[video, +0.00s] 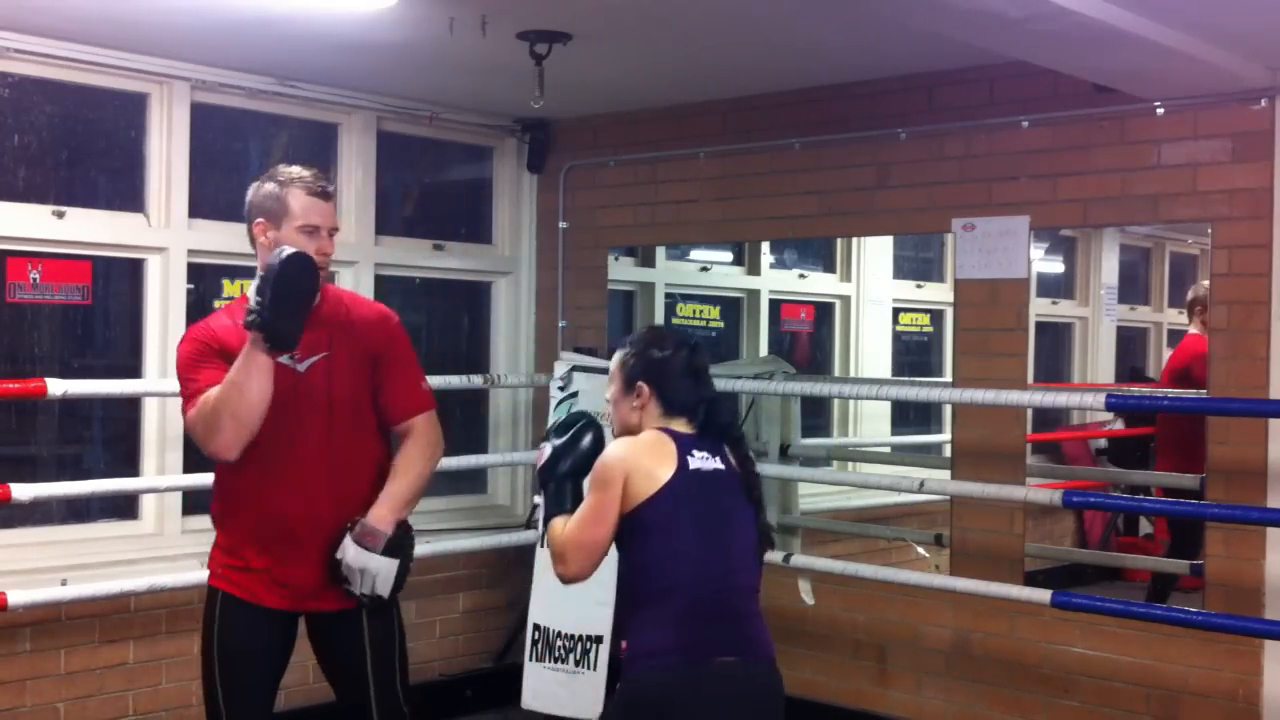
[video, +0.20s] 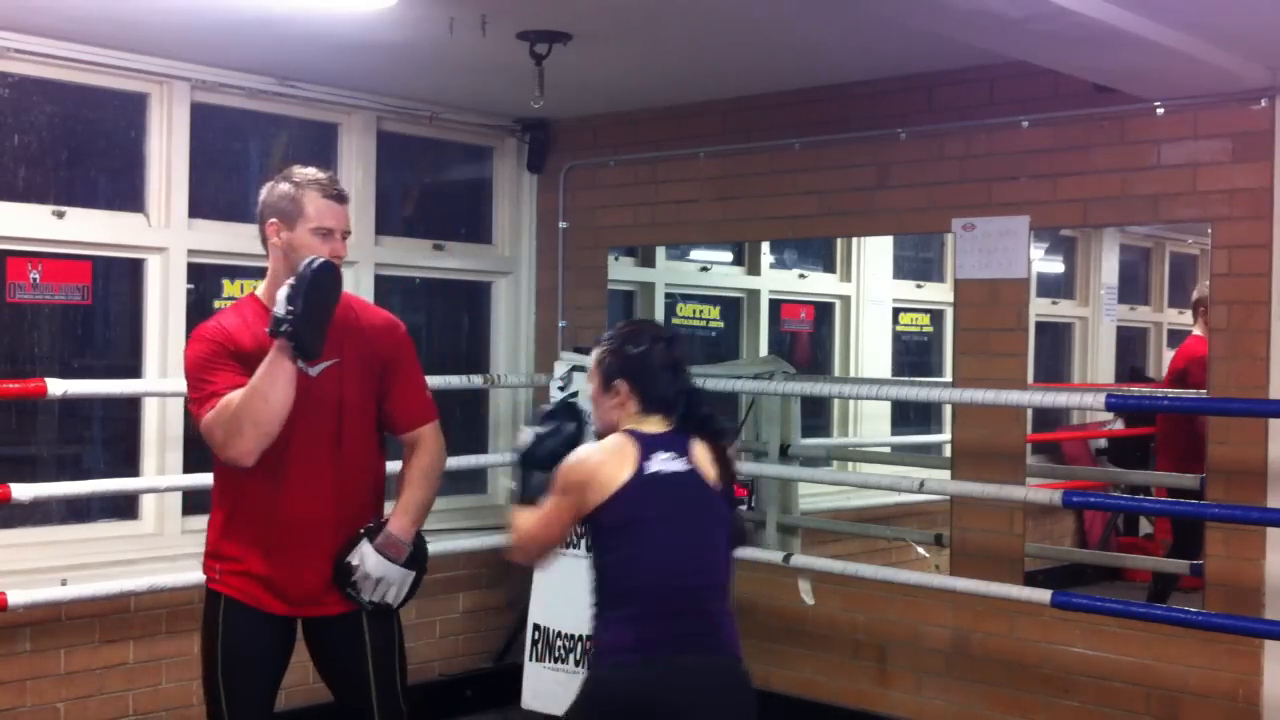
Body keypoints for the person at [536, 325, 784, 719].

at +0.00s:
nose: (608, 409)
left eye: (612, 397)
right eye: (608, 398)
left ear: (641, 396)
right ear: (690, 396)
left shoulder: (625, 454)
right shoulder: (730, 456)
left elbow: (570, 564)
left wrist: (555, 487)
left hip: (662, 681)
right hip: (750, 681)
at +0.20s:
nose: (590, 398)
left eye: (594, 388)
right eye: (591, 387)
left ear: (621, 394)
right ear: (671, 388)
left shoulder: (591, 463)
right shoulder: (711, 454)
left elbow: (524, 548)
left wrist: (531, 474)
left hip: (627, 686)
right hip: (717, 683)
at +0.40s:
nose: (482, 385)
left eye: (488, 370)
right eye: (484, 370)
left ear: (523, 382)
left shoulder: (554, 455)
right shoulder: (589, 440)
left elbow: (519, 565)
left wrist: (466, 508)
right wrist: (473, 501)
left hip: (601, 682)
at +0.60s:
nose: (456, 396)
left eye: (457, 383)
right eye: (453, 382)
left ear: (484, 390)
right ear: (535, 375)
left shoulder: (531, 470)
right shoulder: (571, 443)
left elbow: (489, 588)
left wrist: (436, 517)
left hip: (583, 690)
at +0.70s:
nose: (475, 386)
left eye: (476, 373)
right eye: (474, 374)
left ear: (498, 380)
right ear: (553, 367)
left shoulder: (517, 463)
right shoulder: (611, 430)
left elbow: (461, 572)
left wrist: (434, 489)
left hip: (580, 684)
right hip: (657, 670)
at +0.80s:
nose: (522, 384)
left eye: (523, 373)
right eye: (522, 372)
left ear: (541, 379)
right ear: (597, 366)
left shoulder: (553, 463)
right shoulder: (658, 439)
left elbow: (500, 563)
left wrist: (477, 485)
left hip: (609, 685)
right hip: (689, 674)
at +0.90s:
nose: (560, 381)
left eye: (558, 369)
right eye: (555, 371)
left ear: (577, 366)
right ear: (631, 352)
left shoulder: (582, 447)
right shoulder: (691, 430)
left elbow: (535, 557)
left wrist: (513, 475)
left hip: (630, 673)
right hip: (712, 663)